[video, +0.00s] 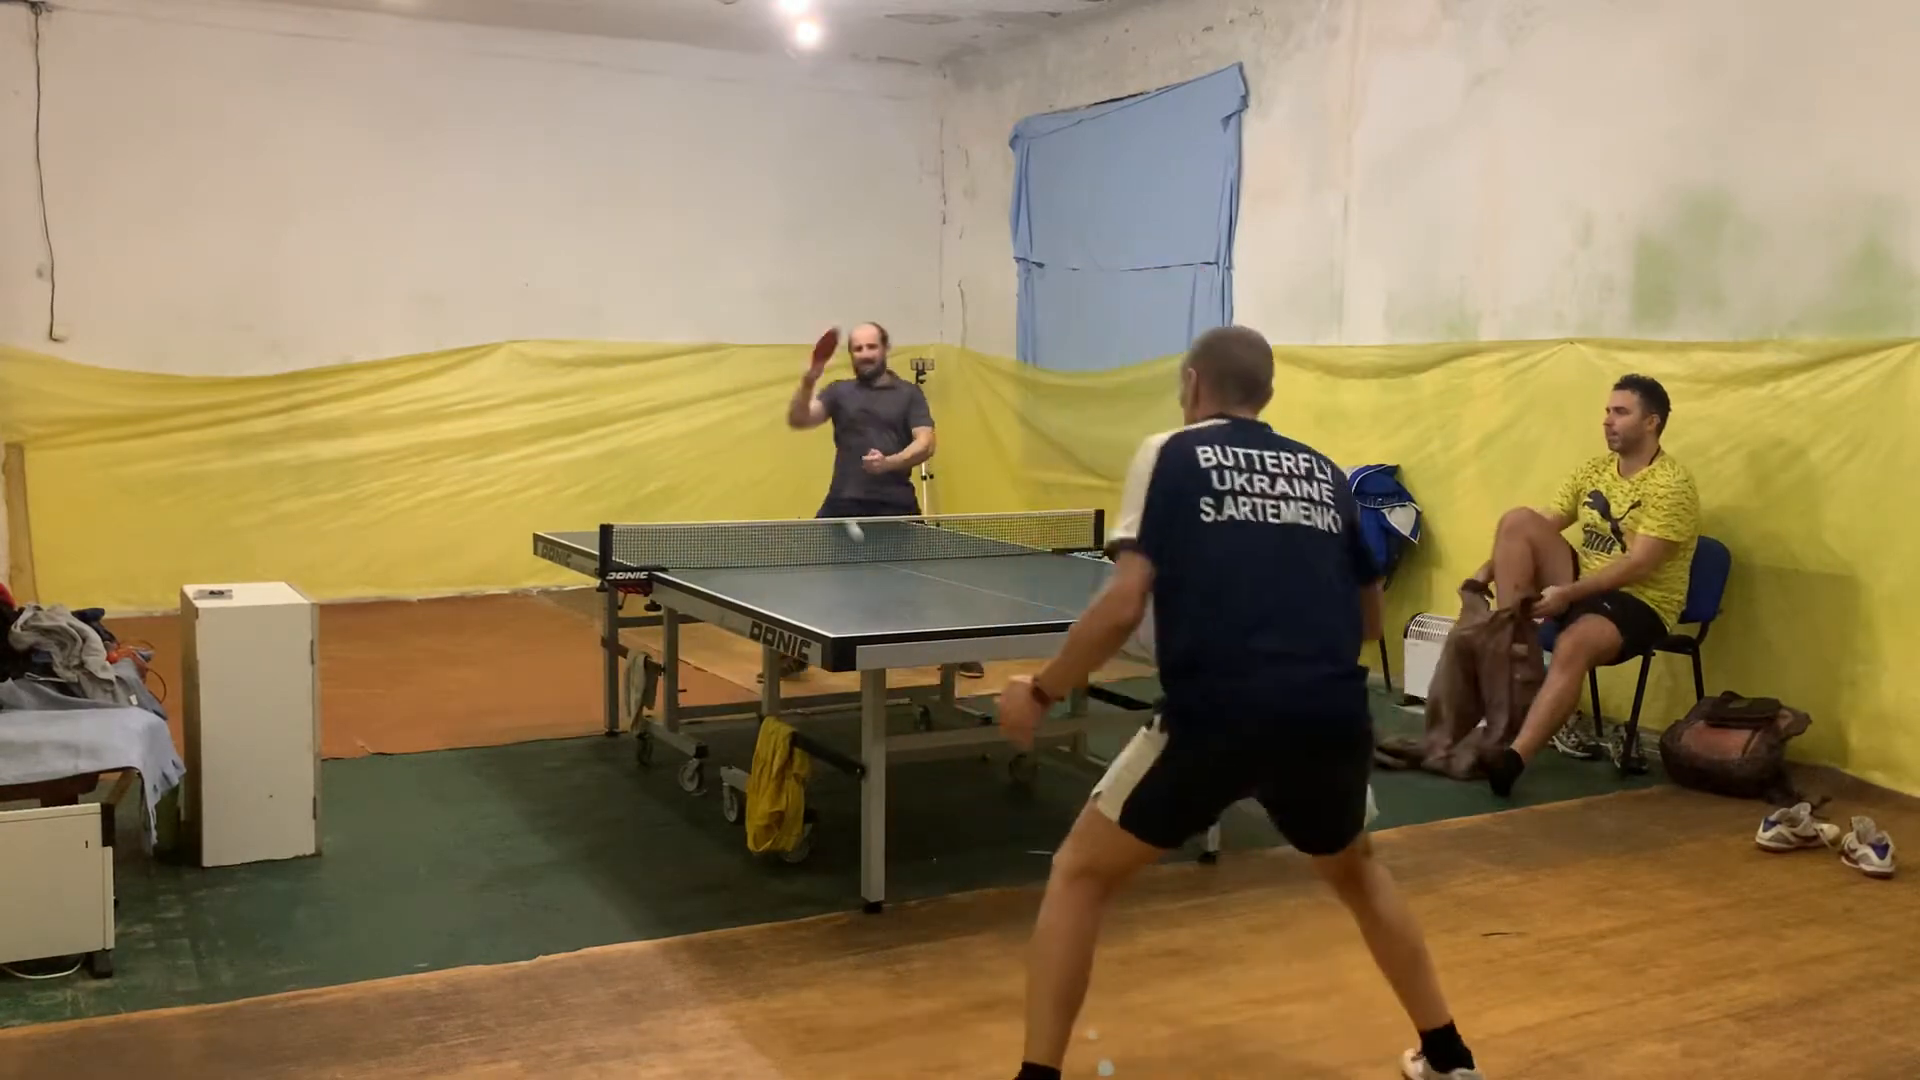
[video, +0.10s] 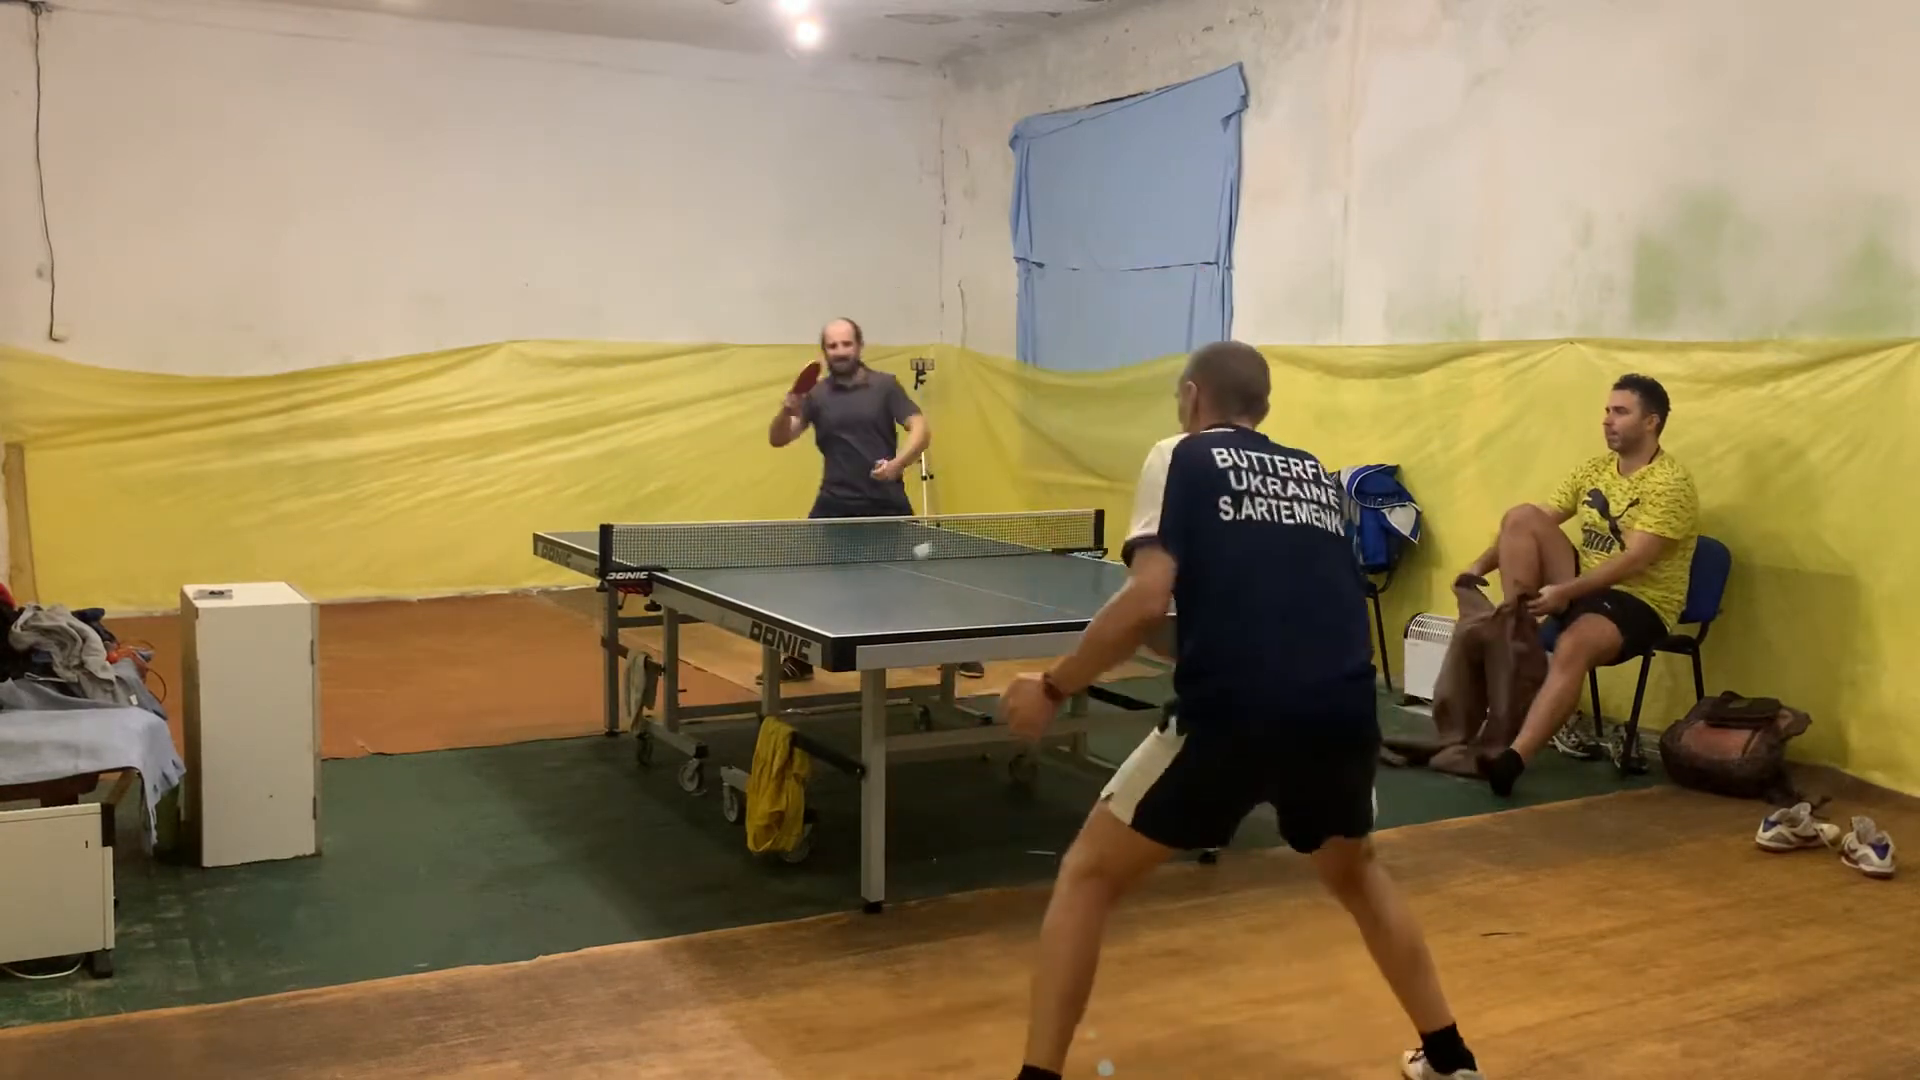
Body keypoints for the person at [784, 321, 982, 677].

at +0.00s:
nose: (864, 354)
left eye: (871, 347)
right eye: (857, 348)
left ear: (886, 350)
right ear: (849, 354)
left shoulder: (908, 393)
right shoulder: (839, 391)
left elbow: (926, 443)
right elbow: (798, 420)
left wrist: (890, 462)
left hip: (896, 507)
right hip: (842, 504)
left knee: (933, 573)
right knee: (802, 567)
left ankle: (961, 646)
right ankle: (793, 651)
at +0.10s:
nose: (839, 351)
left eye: (846, 344)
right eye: (831, 346)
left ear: (859, 347)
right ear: (823, 352)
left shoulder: (884, 386)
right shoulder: (815, 394)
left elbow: (921, 429)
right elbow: (777, 439)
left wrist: (898, 463)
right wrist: (787, 412)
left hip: (887, 502)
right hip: (835, 502)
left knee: (925, 573)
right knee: (803, 570)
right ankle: (797, 655)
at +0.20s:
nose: (811, 334)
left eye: (818, 326)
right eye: (803, 328)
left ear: (830, 329)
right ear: (794, 334)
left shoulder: (857, 365)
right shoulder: (785, 375)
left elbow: (902, 401)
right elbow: (753, 430)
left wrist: (896, 450)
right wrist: (769, 408)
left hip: (861, 490)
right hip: (811, 492)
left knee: (889, 565)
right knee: (793, 569)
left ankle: (893, 648)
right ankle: (793, 654)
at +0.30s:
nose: (787, 329)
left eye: (793, 321)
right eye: (779, 323)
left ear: (806, 323)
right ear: (769, 328)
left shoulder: (834, 359)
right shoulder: (763, 371)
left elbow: (879, 398)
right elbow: (741, 415)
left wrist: (877, 452)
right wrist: (741, 426)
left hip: (837, 476)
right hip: (789, 477)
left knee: (855, 563)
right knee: (765, 558)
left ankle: (871, 650)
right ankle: (766, 651)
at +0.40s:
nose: (756, 344)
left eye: (763, 336)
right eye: (749, 338)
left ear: (778, 335)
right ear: (741, 343)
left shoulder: (809, 372)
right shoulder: (744, 381)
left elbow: (852, 411)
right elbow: (722, 428)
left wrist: (843, 466)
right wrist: (699, 460)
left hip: (813, 488)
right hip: (765, 486)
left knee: (831, 563)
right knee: (725, 551)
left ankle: (837, 637)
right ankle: (715, 639)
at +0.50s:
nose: (706, 361)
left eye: (712, 352)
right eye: (700, 354)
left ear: (731, 349)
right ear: (695, 355)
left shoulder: (770, 383)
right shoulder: (704, 397)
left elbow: (819, 417)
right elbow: (668, 438)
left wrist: (809, 470)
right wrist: (622, 474)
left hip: (786, 487)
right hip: (742, 487)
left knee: (809, 556)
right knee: (703, 542)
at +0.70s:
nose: (627, 345)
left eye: (633, 336)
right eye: (618, 339)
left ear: (646, 335)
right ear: (610, 344)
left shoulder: (679, 366)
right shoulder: (614, 388)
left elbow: (728, 398)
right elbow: (598, 424)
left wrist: (713, 440)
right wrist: (590, 453)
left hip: (711, 474)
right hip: (668, 479)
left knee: (742, 543)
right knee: (641, 546)